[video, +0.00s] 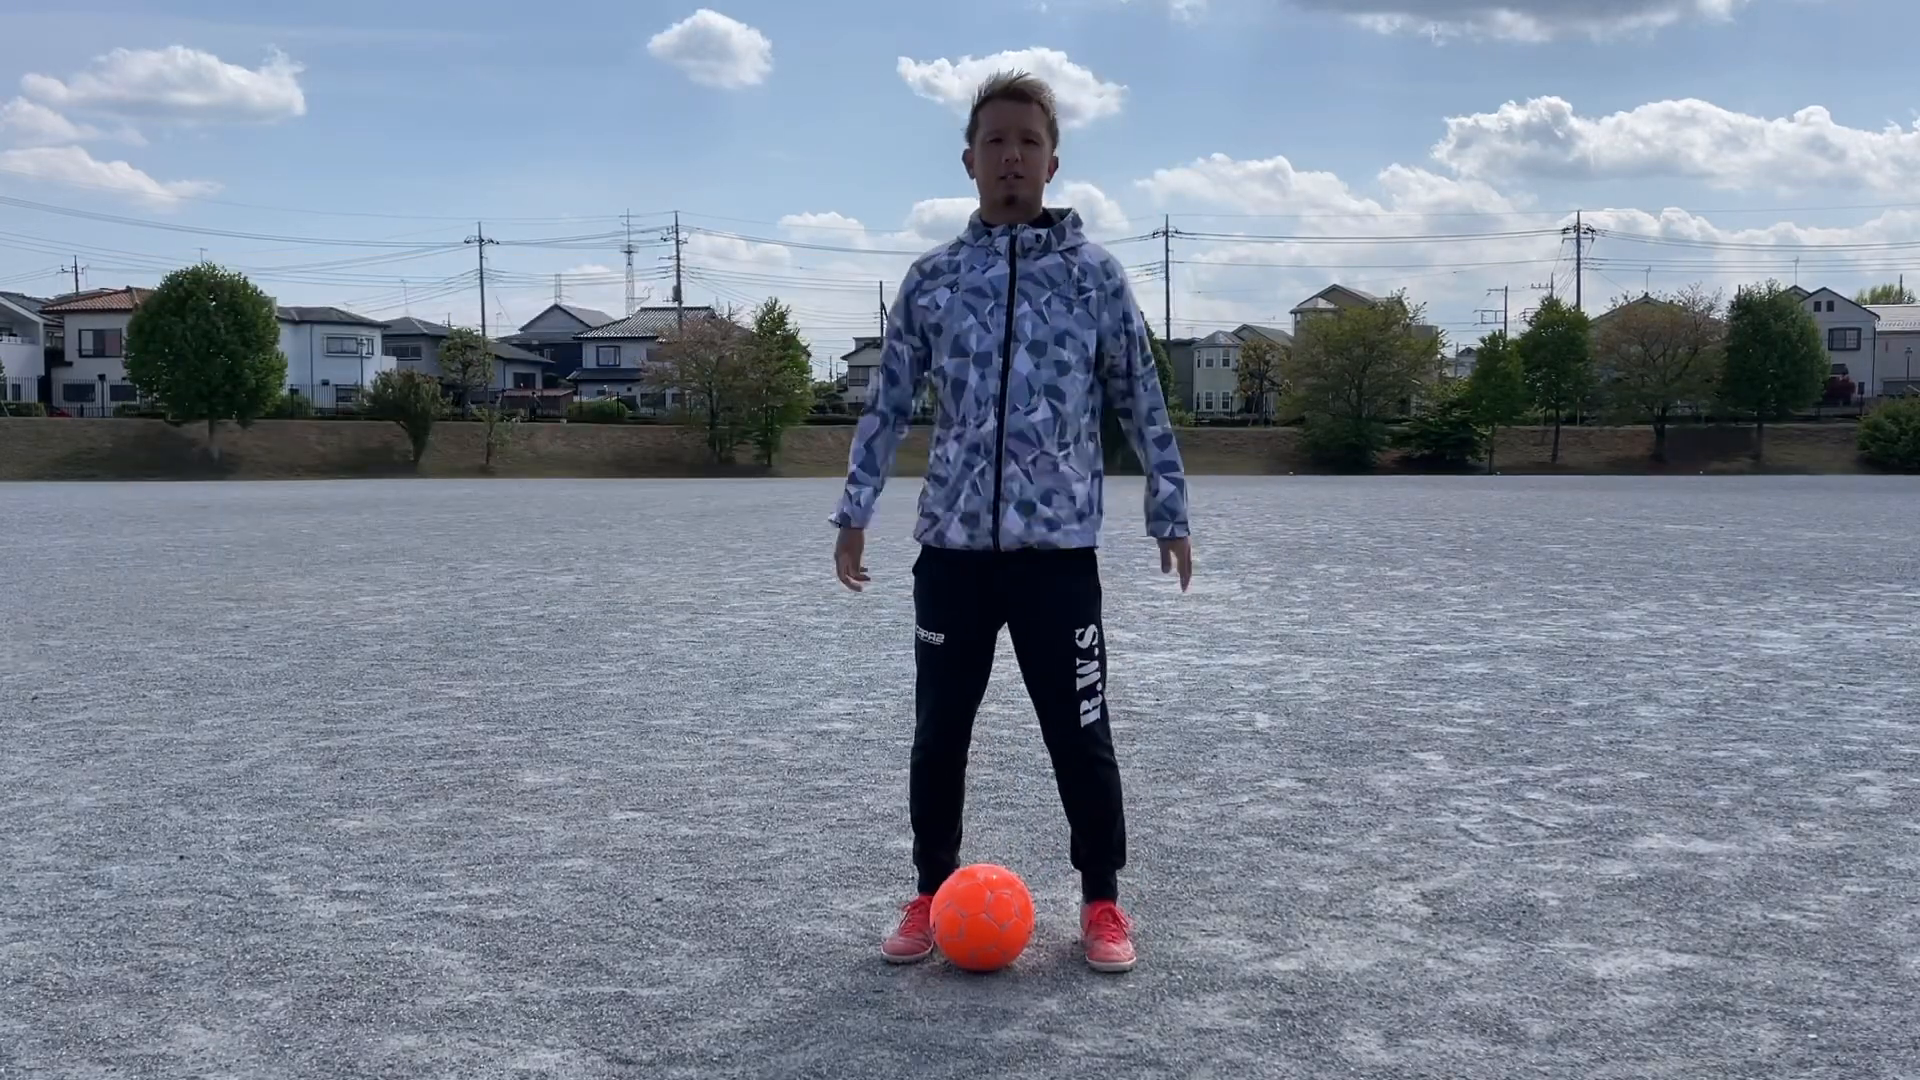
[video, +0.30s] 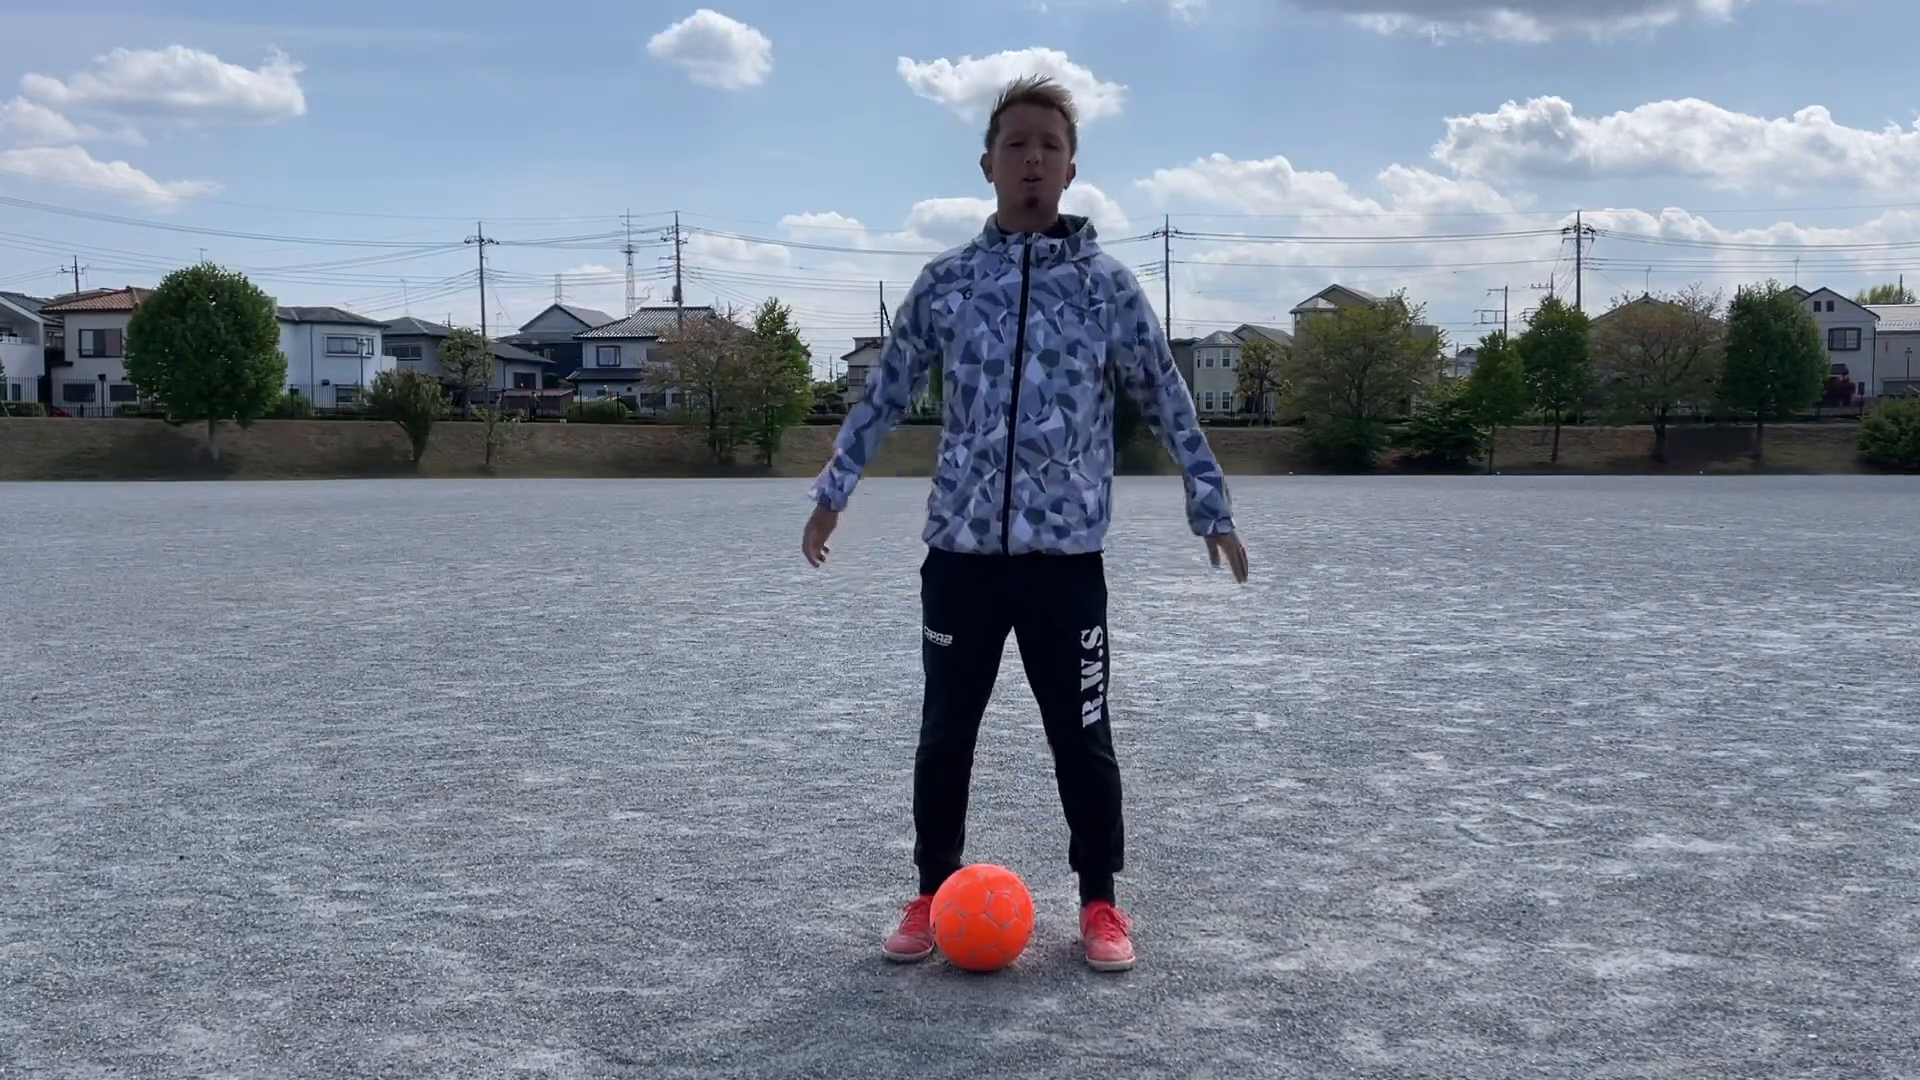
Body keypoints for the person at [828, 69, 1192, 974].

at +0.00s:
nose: (1012, 157)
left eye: (1030, 142)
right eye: (994, 141)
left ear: (1053, 159)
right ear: (969, 157)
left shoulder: (1092, 271)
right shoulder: (933, 277)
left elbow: (1141, 400)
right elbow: (888, 402)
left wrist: (1170, 509)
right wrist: (854, 511)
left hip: (1057, 542)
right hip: (953, 541)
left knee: (1080, 731)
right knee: (938, 731)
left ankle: (1102, 906)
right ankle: (931, 898)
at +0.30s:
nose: (1034, 159)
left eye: (1051, 145)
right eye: (1017, 144)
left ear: (1071, 165)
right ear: (989, 161)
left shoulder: (1106, 285)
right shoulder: (948, 281)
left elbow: (1167, 399)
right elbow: (888, 390)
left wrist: (1211, 505)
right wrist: (833, 487)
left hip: (1065, 548)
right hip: (962, 545)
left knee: (1081, 734)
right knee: (943, 732)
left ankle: (1100, 905)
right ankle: (930, 898)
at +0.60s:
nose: (1036, 161)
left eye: (1052, 146)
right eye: (1019, 146)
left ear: (1073, 164)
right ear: (991, 163)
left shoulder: (1107, 279)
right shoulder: (952, 279)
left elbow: (1124, 389)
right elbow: (931, 401)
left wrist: (1064, 454)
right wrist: (998, 444)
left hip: (1069, 542)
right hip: (968, 540)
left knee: (1086, 730)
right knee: (947, 728)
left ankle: (1101, 905)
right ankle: (931, 897)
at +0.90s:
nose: (1031, 165)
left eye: (1046, 151)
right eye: (1013, 151)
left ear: (1068, 167)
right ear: (988, 168)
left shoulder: (1104, 279)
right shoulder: (952, 279)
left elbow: (1131, 397)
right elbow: (928, 398)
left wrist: (1060, 369)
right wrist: (1017, 373)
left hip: (1070, 539)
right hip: (970, 538)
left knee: (1086, 731)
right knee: (947, 729)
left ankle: (1101, 905)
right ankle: (931, 897)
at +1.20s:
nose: (1043, 156)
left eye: (1057, 144)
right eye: (1024, 143)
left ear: (1074, 165)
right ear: (996, 165)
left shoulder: (1113, 277)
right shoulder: (957, 284)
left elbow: (1143, 391)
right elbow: (929, 405)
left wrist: (1085, 374)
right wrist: (971, 381)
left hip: (1074, 536)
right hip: (974, 536)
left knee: (1088, 726)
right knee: (952, 725)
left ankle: (1098, 896)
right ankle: (933, 894)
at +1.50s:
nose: (1042, 158)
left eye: (1057, 146)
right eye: (1023, 145)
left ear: (1074, 167)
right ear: (995, 165)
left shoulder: (1115, 278)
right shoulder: (953, 283)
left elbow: (1163, 382)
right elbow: (907, 396)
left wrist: (1114, 368)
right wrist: (931, 375)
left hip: (1072, 536)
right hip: (972, 536)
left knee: (1086, 728)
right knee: (951, 727)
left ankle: (1099, 897)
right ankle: (933, 894)